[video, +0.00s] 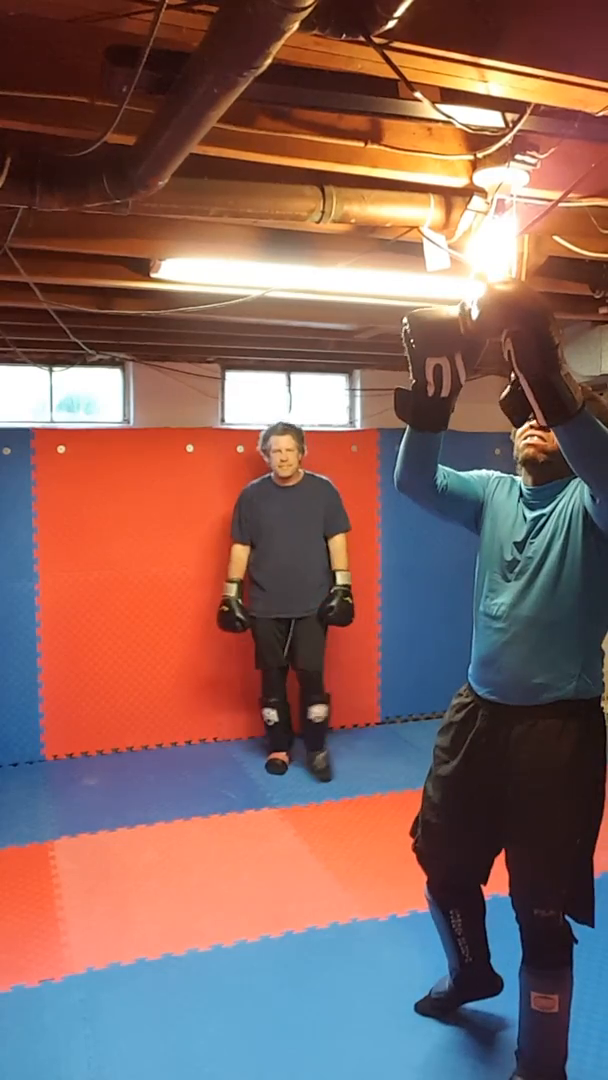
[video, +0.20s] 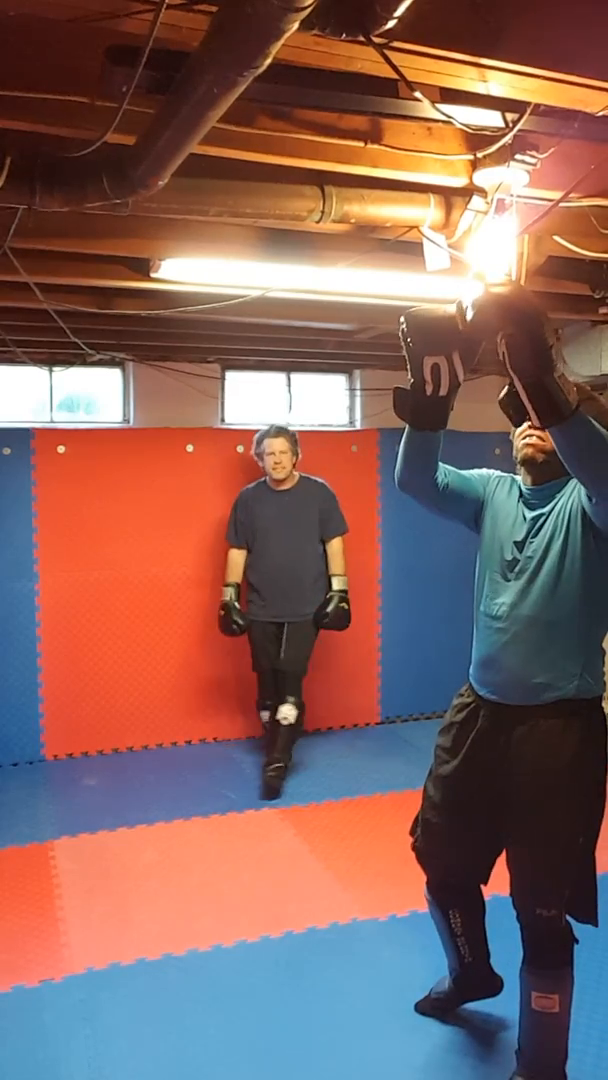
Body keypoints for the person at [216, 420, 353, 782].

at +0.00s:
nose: (282, 458)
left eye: (288, 451)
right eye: (276, 452)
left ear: (301, 453)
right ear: (267, 455)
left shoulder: (323, 491)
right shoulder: (252, 495)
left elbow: (337, 540)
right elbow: (240, 546)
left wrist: (342, 587)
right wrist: (230, 593)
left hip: (313, 601)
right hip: (266, 602)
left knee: (312, 674)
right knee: (272, 675)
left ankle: (317, 747)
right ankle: (279, 745)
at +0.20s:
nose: (276, 460)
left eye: (282, 454)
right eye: (269, 455)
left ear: (296, 456)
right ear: (261, 459)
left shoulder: (318, 492)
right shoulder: (248, 498)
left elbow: (334, 542)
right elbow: (237, 549)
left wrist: (339, 592)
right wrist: (229, 597)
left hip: (306, 604)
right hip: (260, 605)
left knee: (290, 675)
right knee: (267, 677)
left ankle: (278, 762)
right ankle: (274, 748)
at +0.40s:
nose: (274, 459)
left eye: (281, 452)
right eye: (268, 453)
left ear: (294, 455)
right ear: (259, 458)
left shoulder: (317, 491)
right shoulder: (247, 497)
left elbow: (334, 541)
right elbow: (237, 548)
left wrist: (340, 591)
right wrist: (230, 596)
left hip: (303, 602)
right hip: (258, 604)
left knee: (286, 674)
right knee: (267, 676)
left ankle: (275, 758)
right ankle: (276, 748)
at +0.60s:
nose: (273, 458)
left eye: (280, 452)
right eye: (268, 452)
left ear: (295, 456)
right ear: (260, 456)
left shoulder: (316, 493)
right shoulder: (246, 497)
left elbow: (333, 543)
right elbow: (233, 548)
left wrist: (340, 591)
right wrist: (224, 596)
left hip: (305, 606)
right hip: (258, 607)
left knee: (301, 680)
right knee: (267, 680)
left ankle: (303, 763)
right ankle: (280, 748)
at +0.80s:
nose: (280, 457)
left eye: (287, 450)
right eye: (273, 451)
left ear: (299, 454)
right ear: (263, 456)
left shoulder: (319, 492)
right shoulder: (247, 496)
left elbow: (332, 538)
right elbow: (235, 547)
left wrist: (333, 579)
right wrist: (223, 595)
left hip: (307, 602)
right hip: (260, 605)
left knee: (324, 678)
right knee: (268, 680)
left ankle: (349, 755)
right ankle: (278, 749)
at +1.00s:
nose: (289, 456)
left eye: (295, 450)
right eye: (282, 450)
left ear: (306, 454)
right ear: (269, 455)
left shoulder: (321, 494)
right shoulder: (250, 496)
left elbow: (334, 539)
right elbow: (236, 546)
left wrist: (326, 567)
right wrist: (228, 593)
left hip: (311, 604)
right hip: (264, 606)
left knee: (336, 674)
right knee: (271, 682)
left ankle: (364, 743)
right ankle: (280, 749)